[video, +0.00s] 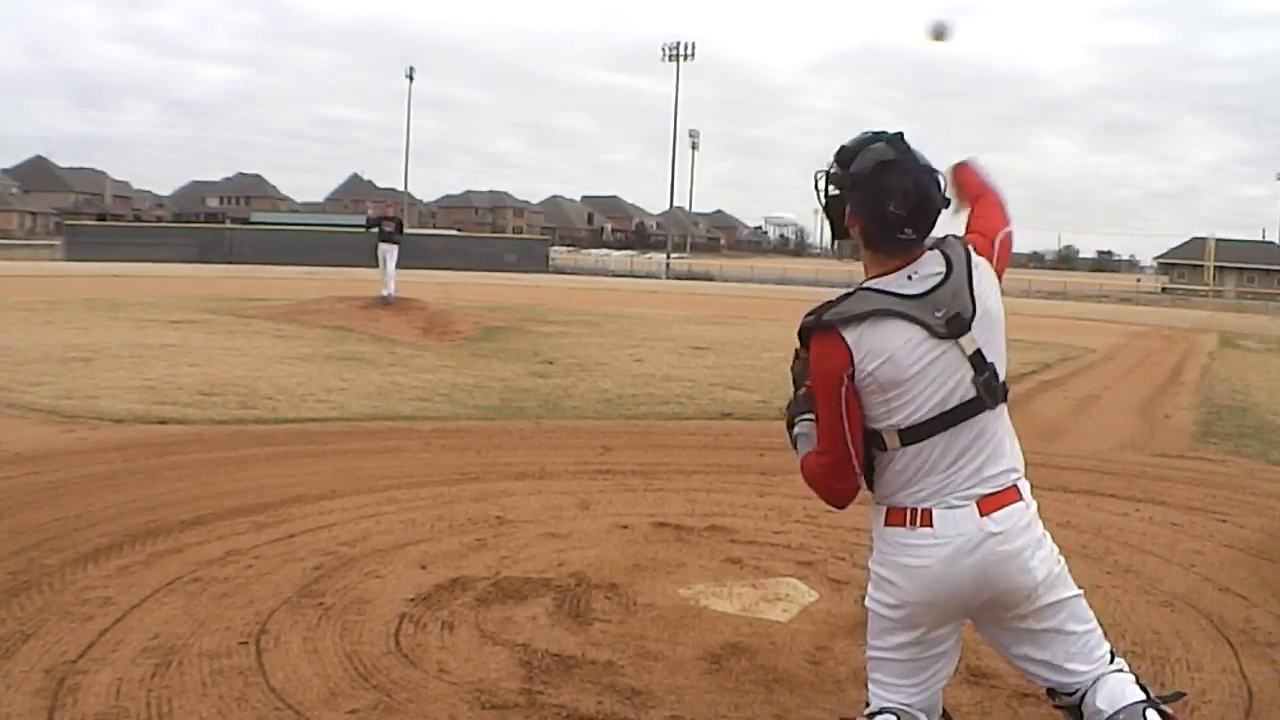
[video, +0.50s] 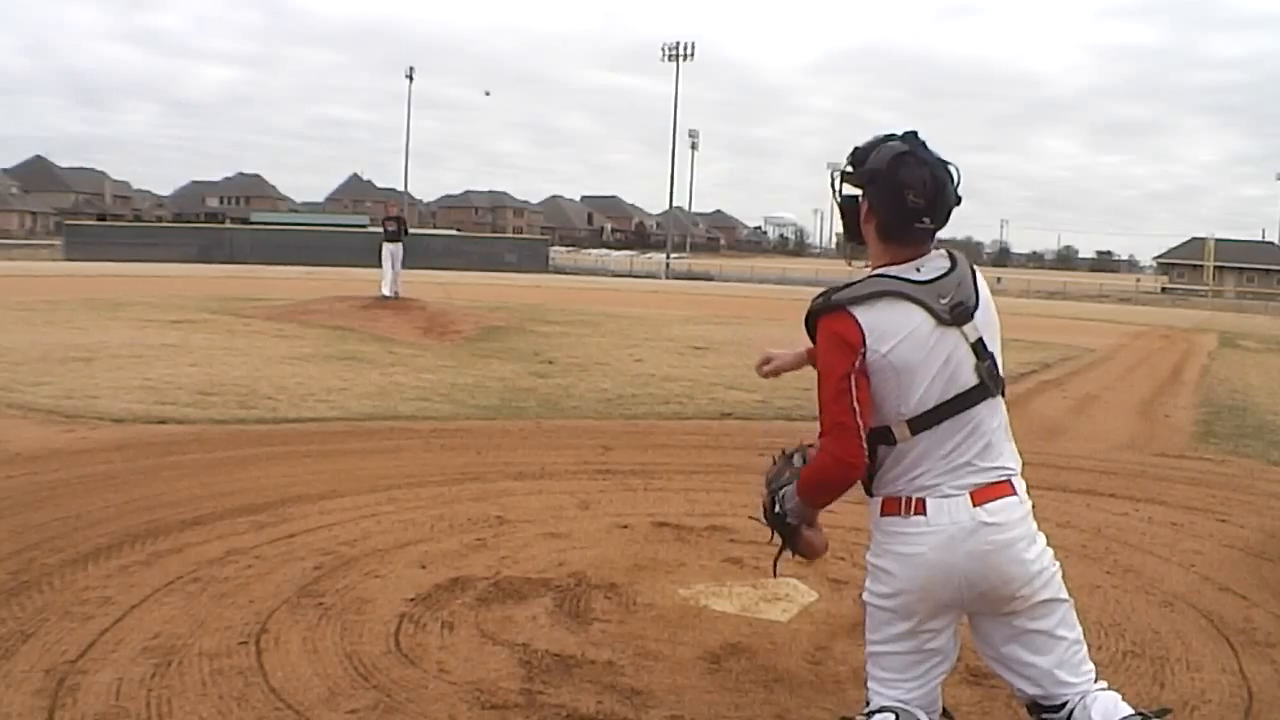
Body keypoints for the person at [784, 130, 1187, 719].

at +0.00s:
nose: (838, 208)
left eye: (842, 197)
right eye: (842, 195)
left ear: (853, 221)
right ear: (925, 214)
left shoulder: (838, 335)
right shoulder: (973, 262)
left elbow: (837, 486)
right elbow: (990, 214)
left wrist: (802, 415)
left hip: (913, 550)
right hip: (1011, 527)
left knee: (897, 706)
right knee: (1098, 678)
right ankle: (1138, 713)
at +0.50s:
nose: (853, 204)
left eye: (857, 194)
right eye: (857, 193)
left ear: (868, 213)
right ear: (935, 211)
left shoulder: (844, 317)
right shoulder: (965, 278)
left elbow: (845, 455)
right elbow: (901, 328)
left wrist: (798, 502)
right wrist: (808, 353)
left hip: (911, 536)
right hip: (1006, 520)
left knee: (899, 707)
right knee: (1076, 697)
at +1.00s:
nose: (993, 219)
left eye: (997, 209)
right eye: (998, 207)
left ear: (1006, 223)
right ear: (1076, 232)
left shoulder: (948, 301)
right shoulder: (1104, 321)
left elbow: (900, 427)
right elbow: (1166, 446)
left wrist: (854, 550)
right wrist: (1241, 539)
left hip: (951, 540)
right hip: (1052, 546)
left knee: (904, 702)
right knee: (1056, 710)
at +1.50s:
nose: (1091, 213)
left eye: (1097, 202)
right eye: (1094, 201)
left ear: (1112, 215)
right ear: (1177, 226)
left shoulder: (1080, 302)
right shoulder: (1212, 331)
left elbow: (1052, 446)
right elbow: (1198, 473)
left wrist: (983, 483)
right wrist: (1108, 473)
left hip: (1054, 544)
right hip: (1146, 558)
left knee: (918, 673)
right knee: (1069, 710)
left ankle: (966, 714)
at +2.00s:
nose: (1118, 303)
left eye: (1125, 290)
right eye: (1123, 288)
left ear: (1140, 304)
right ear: (1217, 313)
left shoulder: (1130, 408)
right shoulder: (1253, 395)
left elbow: (980, 525)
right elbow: (1270, 542)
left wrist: (1066, 494)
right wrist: (1104, 527)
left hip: (1116, 695)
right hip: (1202, 697)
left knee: (890, 675)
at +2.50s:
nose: (1093, 344)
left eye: (1098, 330)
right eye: (1097, 329)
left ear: (1115, 343)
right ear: (1198, 345)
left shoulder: (1094, 441)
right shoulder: (1248, 423)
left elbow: (1022, 630)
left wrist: (999, 561)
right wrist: (1049, 529)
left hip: (1161, 711)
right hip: (1265, 705)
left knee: (926, 647)